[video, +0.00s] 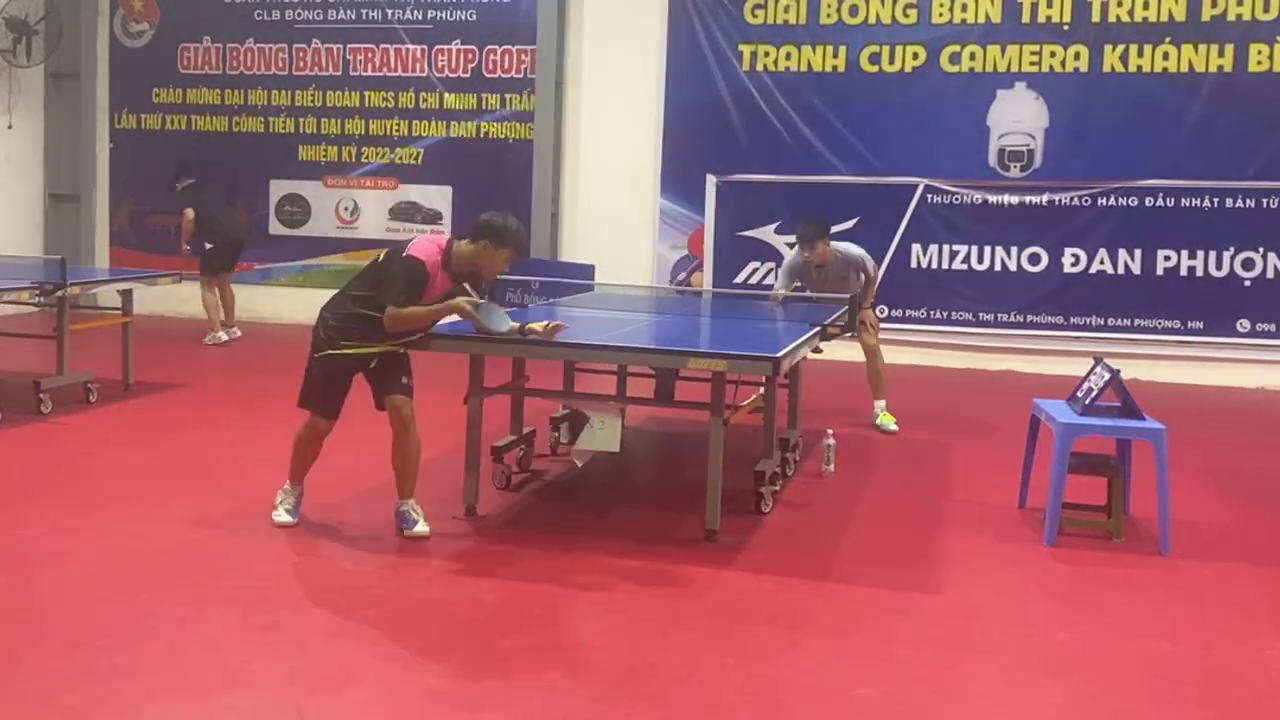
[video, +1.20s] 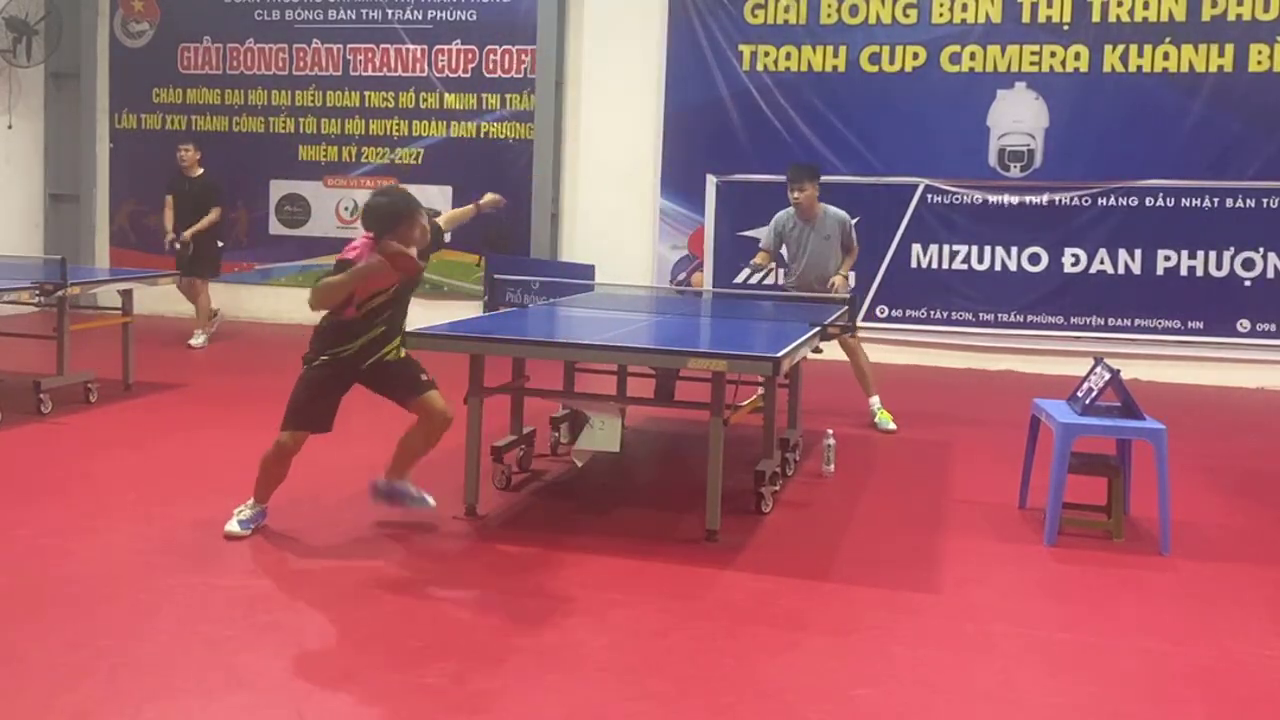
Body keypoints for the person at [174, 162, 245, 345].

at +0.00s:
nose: (178, 191)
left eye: (178, 188)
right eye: (178, 188)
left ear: (180, 184)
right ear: (194, 179)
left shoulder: (187, 193)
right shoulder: (212, 188)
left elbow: (190, 216)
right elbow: (231, 210)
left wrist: (185, 242)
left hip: (215, 240)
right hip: (235, 237)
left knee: (207, 285)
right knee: (224, 282)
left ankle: (216, 330)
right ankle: (231, 326)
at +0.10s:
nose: (175, 210)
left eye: (173, 206)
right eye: (173, 206)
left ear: (177, 200)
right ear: (186, 194)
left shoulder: (188, 202)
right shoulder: (208, 198)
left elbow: (195, 220)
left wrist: (190, 246)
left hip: (224, 241)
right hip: (241, 239)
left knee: (206, 282)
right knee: (222, 282)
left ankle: (222, 328)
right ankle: (231, 327)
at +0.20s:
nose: (172, 234)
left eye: (169, 229)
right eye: (168, 231)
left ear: (173, 221)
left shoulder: (186, 217)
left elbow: (200, 226)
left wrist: (198, 258)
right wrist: (209, 300)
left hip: (236, 240)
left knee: (215, 284)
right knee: (217, 284)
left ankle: (236, 327)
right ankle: (227, 326)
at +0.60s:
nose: (162, 228)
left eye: (159, 223)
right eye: (158, 225)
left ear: (165, 214)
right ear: (164, 216)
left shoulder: (189, 215)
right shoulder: (185, 230)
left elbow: (215, 217)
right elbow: (193, 259)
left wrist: (212, 245)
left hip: (240, 237)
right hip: (227, 240)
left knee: (229, 279)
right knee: (218, 282)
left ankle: (240, 328)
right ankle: (229, 325)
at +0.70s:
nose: (157, 203)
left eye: (157, 197)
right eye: (155, 199)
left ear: (169, 191)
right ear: (168, 194)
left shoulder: (194, 197)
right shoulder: (180, 213)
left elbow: (222, 211)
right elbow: (187, 243)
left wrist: (213, 237)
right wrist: (174, 261)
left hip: (238, 233)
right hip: (225, 235)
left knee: (222, 277)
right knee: (214, 279)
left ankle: (237, 326)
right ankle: (228, 325)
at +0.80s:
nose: (162, 181)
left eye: (163, 175)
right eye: (160, 178)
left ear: (176, 172)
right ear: (169, 178)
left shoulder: (200, 187)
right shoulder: (177, 198)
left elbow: (228, 205)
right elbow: (176, 229)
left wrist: (217, 232)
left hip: (229, 234)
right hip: (213, 238)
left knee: (217, 277)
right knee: (211, 280)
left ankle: (228, 324)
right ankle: (228, 324)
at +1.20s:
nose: (182, 155)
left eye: (187, 151)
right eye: (180, 151)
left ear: (198, 155)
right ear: (176, 155)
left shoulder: (209, 182)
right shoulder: (175, 181)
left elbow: (215, 214)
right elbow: (169, 207)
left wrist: (190, 232)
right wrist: (169, 231)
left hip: (205, 239)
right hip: (184, 239)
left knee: (200, 284)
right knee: (183, 283)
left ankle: (201, 329)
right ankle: (210, 312)